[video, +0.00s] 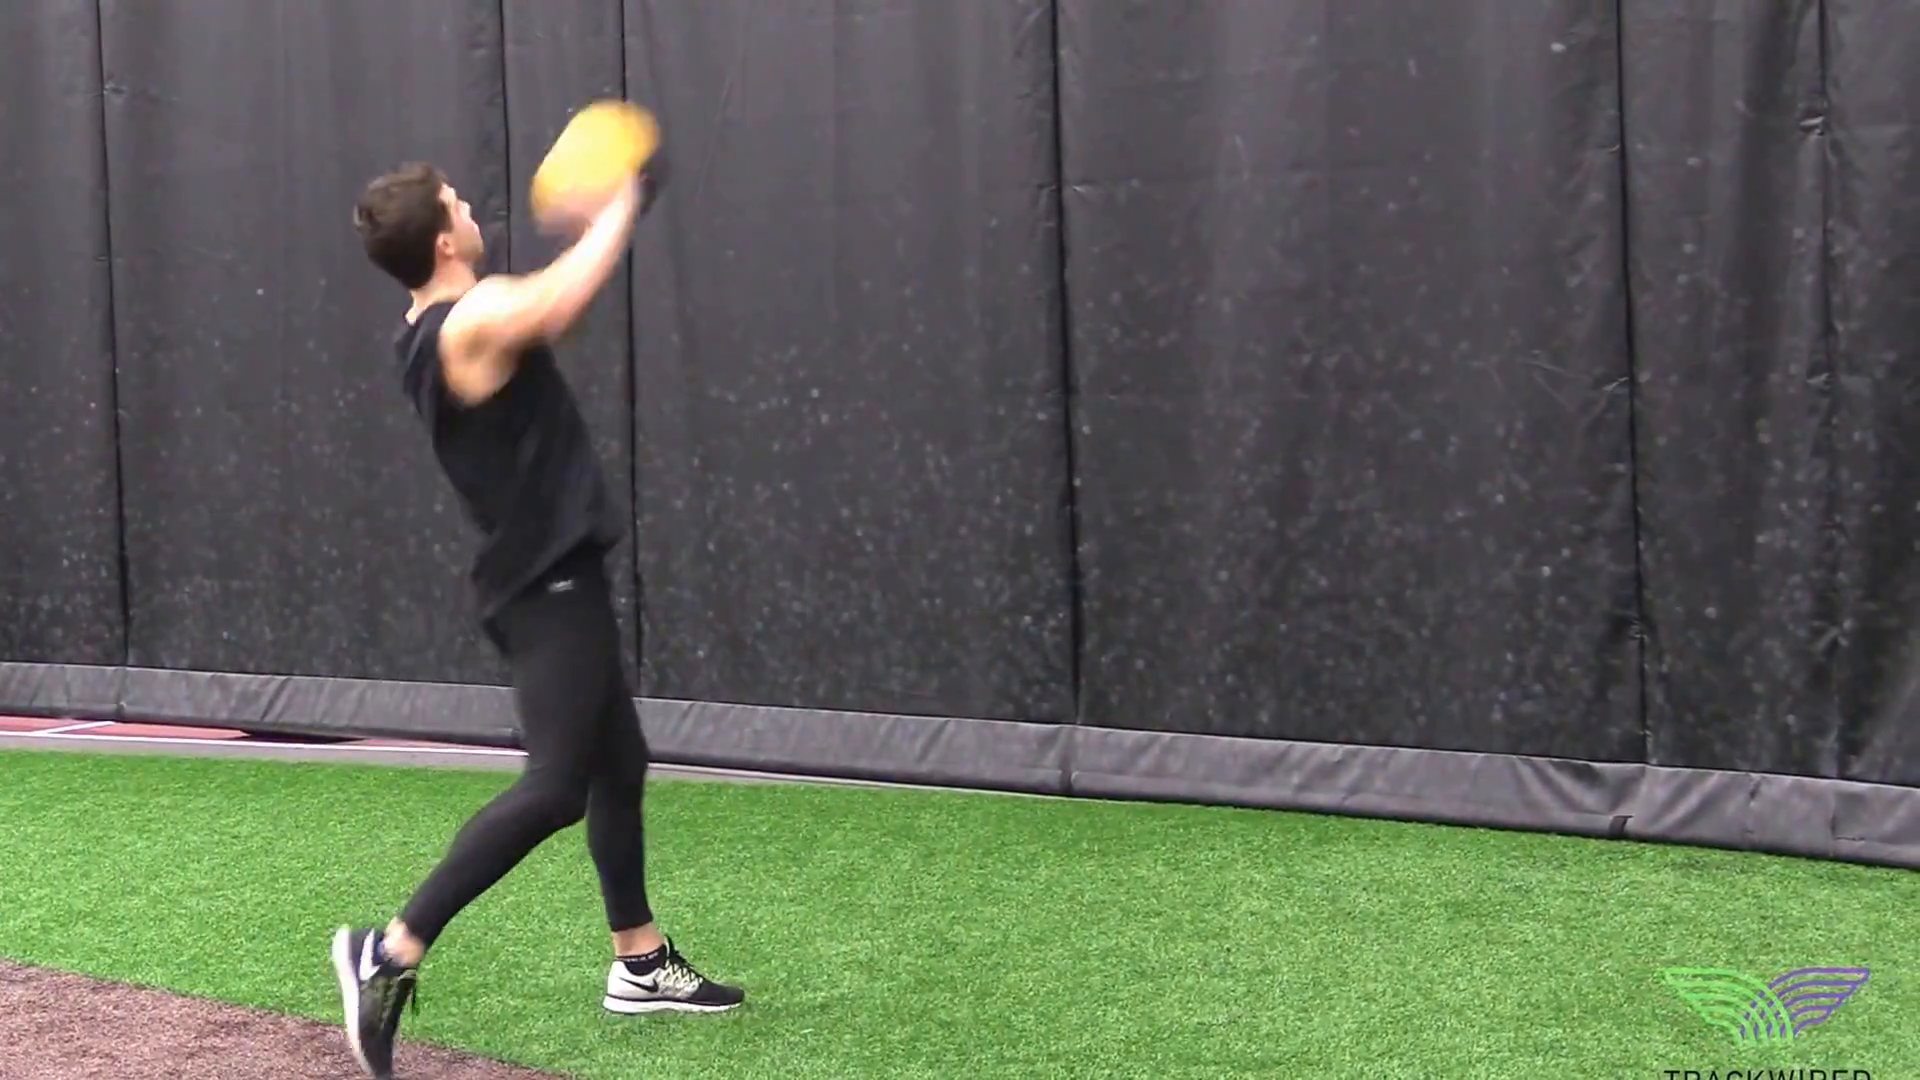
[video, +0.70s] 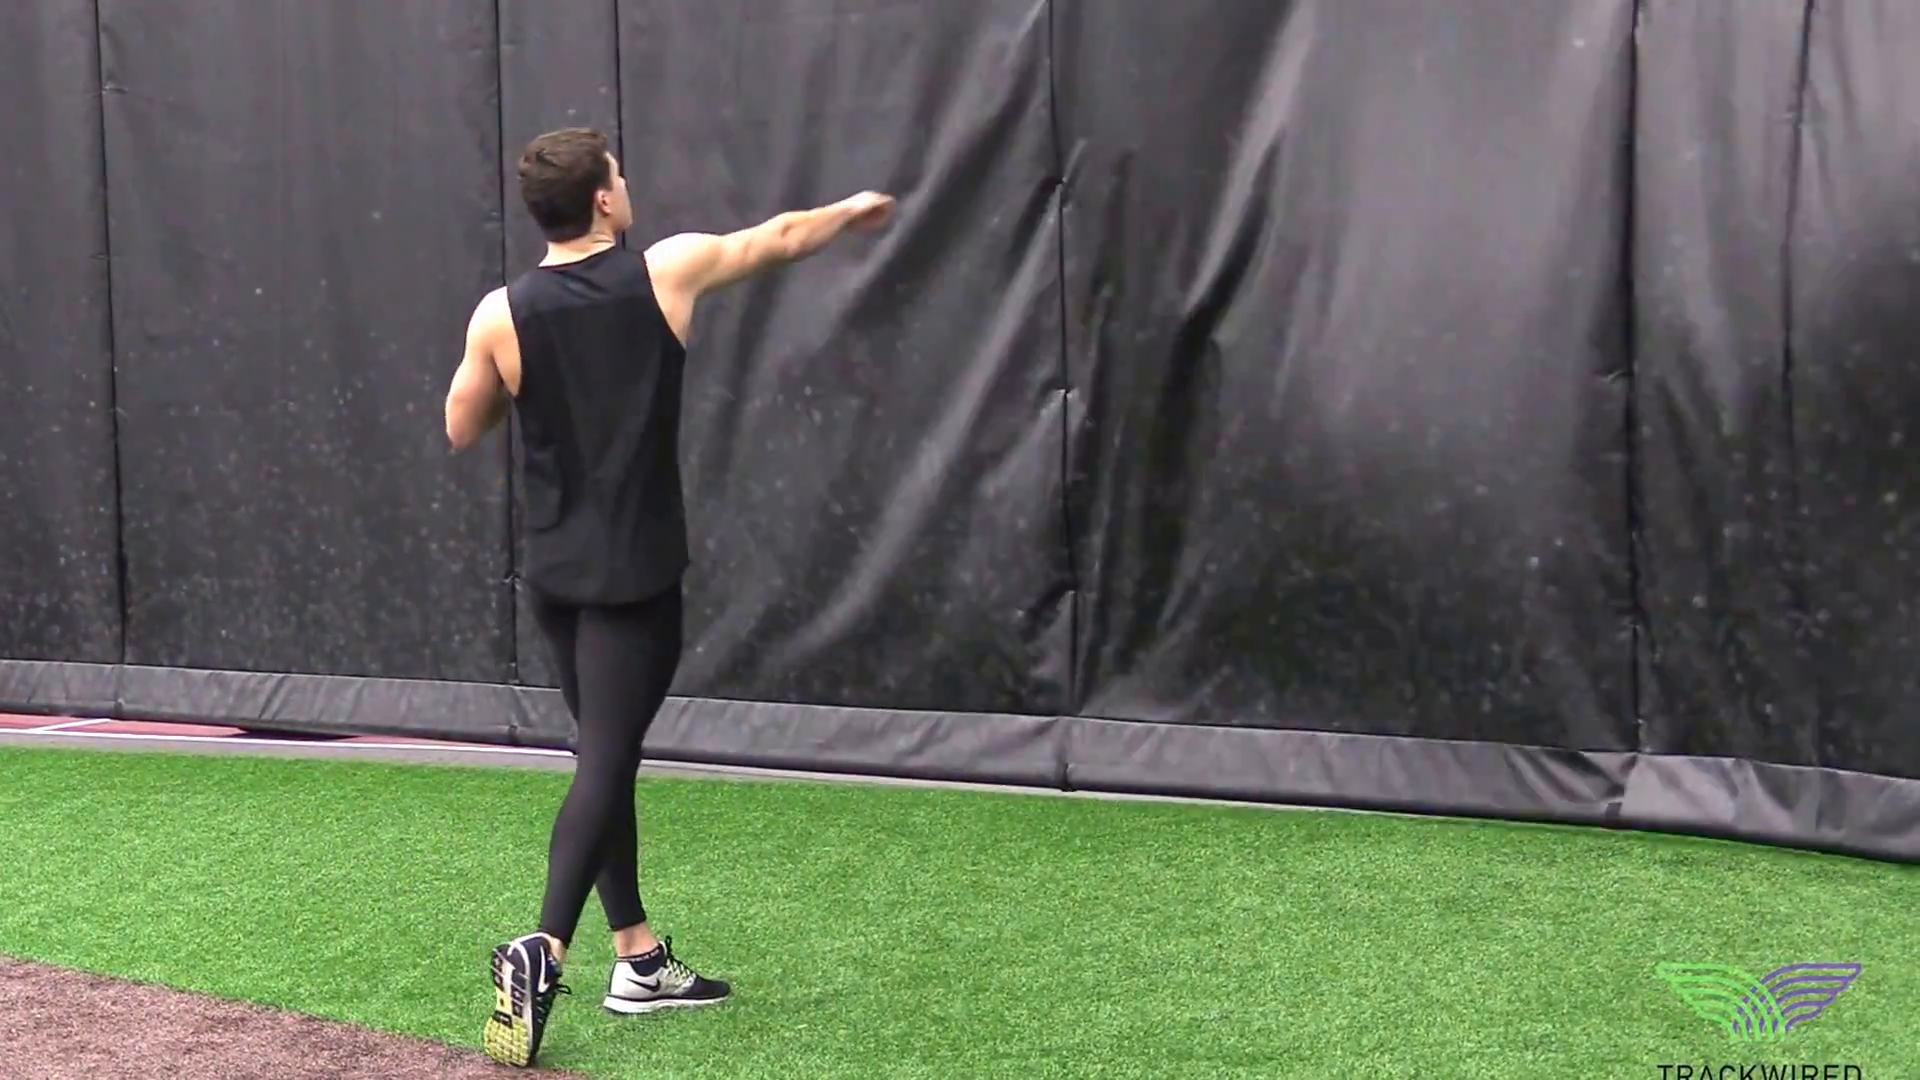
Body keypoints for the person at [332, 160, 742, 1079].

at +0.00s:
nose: (473, 212)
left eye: (461, 204)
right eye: (462, 207)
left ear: (420, 253)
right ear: (446, 239)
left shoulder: (441, 316)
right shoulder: (470, 319)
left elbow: (532, 300)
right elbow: (563, 298)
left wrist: (578, 228)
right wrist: (624, 207)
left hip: (560, 583)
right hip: (547, 589)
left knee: (620, 767)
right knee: (557, 786)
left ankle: (642, 962)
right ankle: (391, 954)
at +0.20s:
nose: (546, 199)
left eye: (530, 192)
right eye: (537, 193)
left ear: (458, 238)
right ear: (528, 212)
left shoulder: (449, 343)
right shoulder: (587, 256)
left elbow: (453, 442)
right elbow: (554, 286)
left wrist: (472, 324)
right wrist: (490, 285)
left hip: (556, 570)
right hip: (640, 557)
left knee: (601, 767)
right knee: (644, 765)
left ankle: (639, 964)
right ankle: (557, 945)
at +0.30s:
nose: (569, 185)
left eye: (555, 181)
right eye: (563, 182)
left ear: (487, 235)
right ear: (559, 210)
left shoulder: (489, 338)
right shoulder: (615, 263)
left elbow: (462, 463)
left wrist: (466, 352)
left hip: (578, 569)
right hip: (664, 558)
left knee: (610, 761)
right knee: (642, 760)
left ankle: (643, 962)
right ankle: (576, 942)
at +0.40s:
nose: (587, 185)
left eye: (574, 179)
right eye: (581, 181)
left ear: (505, 230)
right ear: (575, 208)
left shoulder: (507, 332)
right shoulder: (634, 262)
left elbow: (473, 468)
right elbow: (609, 386)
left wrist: (473, 366)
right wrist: (517, 475)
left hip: (578, 564)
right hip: (667, 558)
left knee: (614, 763)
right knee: (633, 764)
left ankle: (641, 962)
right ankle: (578, 945)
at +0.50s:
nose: (603, 186)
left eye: (590, 179)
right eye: (596, 181)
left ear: (517, 225)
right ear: (586, 206)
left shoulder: (504, 329)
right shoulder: (656, 270)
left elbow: (477, 466)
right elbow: (657, 363)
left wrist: (485, 378)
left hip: (569, 563)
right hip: (658, 559)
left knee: (611, 762)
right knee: (628, 766)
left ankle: (641, 959)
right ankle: (571, 948)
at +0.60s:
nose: (615, 186)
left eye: (605, 176)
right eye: (610, 178)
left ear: (531, 219)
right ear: (598, 203)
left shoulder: (500, 322)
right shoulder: (671, 268)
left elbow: (464, 450)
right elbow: (737, 281)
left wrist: (496, 382)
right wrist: (758, 291)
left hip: (562, 567)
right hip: (650, 565)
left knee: (611, 762)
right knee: (614, 766)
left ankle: (639, 959)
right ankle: (557, 948)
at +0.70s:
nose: (626, 186)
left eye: (615, 174)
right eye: (618, 177)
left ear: (542, 214)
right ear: (602, 200)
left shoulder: (501, 316)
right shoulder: (670, 266)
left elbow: (462, 427)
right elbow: (779, 240)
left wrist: (511, 362)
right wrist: (846, 213)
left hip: (553, 568)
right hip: (636, 565)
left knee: (606, 757)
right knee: (603, 762)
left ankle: (638, 958)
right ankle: (543, 949)